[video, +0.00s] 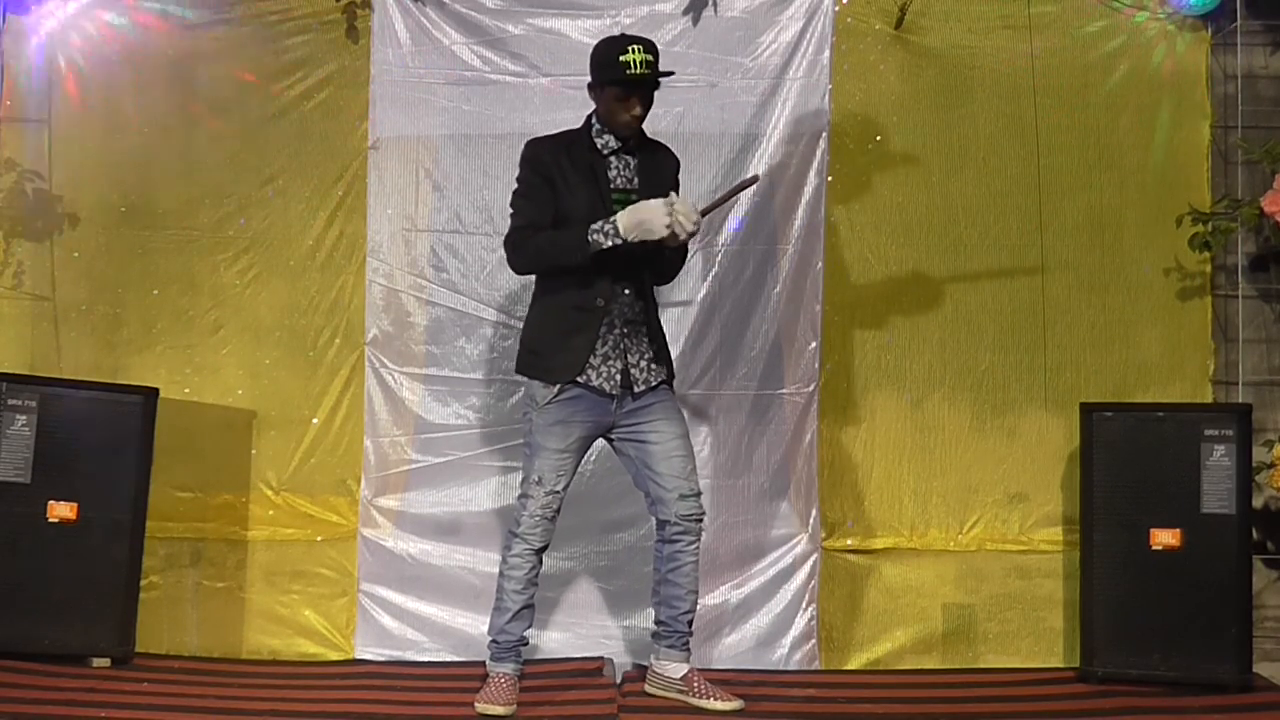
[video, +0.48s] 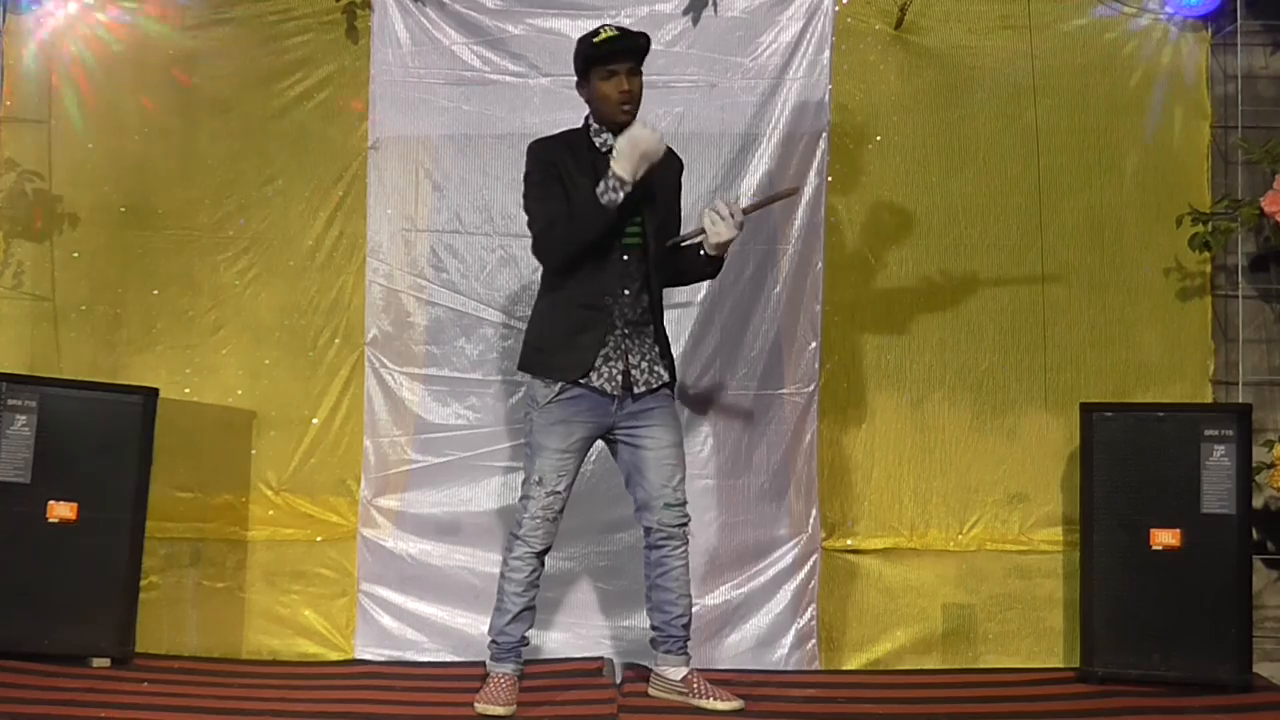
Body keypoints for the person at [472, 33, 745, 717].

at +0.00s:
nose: (640, 104)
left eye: (647, 92)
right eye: (628, 92)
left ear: (652, 94)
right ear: (597, 92)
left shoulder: (660, 160)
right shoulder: (548, 155)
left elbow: (662, 270)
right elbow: (522, 251)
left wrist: (674, 240)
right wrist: (617, 227)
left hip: (645, 378)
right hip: (565, 377)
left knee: (682, 510)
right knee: (534, 520)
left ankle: (669, 668)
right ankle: (503, 668)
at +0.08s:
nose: (638, 103)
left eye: (643, 90)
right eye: (625, 91)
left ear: (648, 91)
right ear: (593, 92)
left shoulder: (660, 160)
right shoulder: (548, 157)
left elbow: (659, 271)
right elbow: (525, 254)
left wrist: (673, 247)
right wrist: (616, 234)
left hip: (647, 377)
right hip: (568, 377)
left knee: (682, 510)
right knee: (535, 519)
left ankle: (670, 667)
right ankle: (503, 668)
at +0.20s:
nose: (636, 100)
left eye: (643, 89)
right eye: (623, 89)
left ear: (650, 91)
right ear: (593, 89)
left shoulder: (659, 161)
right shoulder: (547, 156)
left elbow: (657, 269)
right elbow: (525, 253)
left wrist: (674, 245)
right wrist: (614, 233)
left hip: (646, 376)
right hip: (567, 376)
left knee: (682, 510)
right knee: (534, 519)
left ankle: (670, 667)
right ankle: (503, 668)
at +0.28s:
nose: (635, 99)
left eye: (642, 87)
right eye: (621, 88)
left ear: (650, 91)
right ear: (592, 89)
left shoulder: (659, 161)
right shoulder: (547, 156)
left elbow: (655, 268)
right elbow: (528, 254)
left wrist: (685, 251)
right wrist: (616, 230)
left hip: (646, 375)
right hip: (567, 374)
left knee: (679, 512)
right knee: (535, 519)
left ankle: (671, 669)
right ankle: (503, 670)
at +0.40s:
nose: (634, 94)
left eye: (641, 82)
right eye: (620, 84)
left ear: (649, 87)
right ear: (591, 90)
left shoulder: (660, 163)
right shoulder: (549, 157)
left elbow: (653, 266)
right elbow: (543, 255)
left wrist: (702, 250)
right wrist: (618, 204)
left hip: (646, 375)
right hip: (567, 374)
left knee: (671, 519)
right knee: (536, 521)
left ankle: (672, 669)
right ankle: (503, 669)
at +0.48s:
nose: (626, 88)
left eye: (634, 75)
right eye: (611, 78)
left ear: (643, 80)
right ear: (584, 87)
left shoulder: (661, 162)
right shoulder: (551, 156)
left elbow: (660, 267)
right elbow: (553, 250)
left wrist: (709, 249)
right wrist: (619, 180)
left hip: (648, 374)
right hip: (568, 374)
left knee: (668, 520)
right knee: (536, 522)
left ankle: (672, 670)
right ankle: (503, 669)